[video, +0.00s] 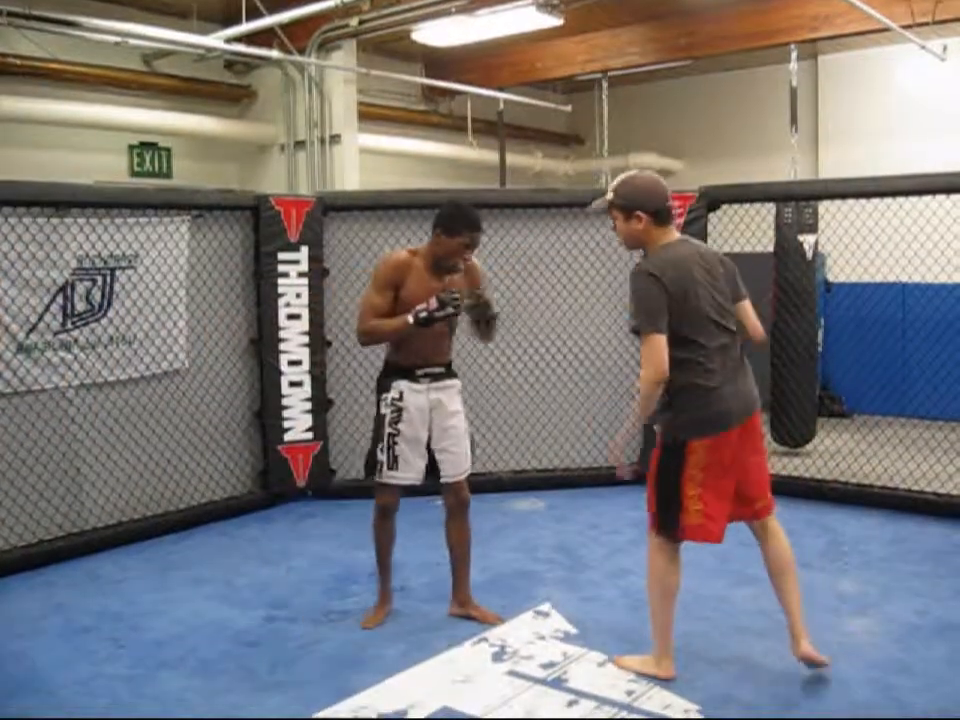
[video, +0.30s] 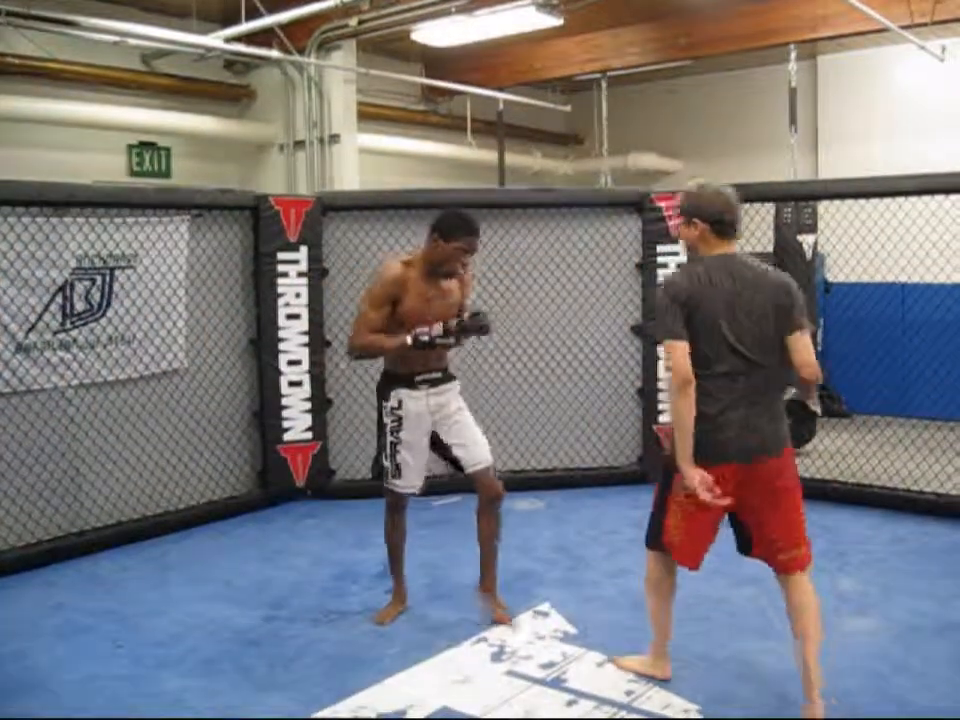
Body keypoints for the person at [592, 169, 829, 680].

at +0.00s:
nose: (613, 226)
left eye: (616, 217)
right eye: (612, 217)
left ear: (641, 219)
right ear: (659, 215)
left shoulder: (650, 273)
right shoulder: (712, 256)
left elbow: (656, 371)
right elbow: (755, 330)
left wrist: (639, 420)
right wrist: (712, 332)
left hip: (689, 424)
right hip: (742, 411)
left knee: (664, 538)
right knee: (765, 521)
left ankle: (661, 657)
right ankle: (802, 639)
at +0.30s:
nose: (678, 229)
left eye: (681, 222)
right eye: (680, 220)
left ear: (695, 228)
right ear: (733, 227)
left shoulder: (676, 289)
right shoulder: (780, 284)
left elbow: (682, 379)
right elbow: (809, 371)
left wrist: (687, 463)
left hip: (706, 450)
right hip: (771, 448)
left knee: (661, 552)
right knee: (795, 569)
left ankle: (658, 657)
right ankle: (814, 696)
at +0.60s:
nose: (758, 205)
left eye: (759, 195)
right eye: (759, 195)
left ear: (776, 193)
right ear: (814, 194)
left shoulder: (759, 251)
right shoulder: (861, 259)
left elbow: (728, 343)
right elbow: (884, 357)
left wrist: (687, 377)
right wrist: (829, 350)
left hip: (766, 435)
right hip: (840, 439)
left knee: (718, 556)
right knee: (833, 584)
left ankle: (711, 687)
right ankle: (823, 709)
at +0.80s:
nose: (781, 210)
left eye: (782, 200)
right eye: (780, 201)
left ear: (800, 195)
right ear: (842, 195)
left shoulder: (788, 253)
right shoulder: (892, 261)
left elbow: (762, 349)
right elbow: (919, 364)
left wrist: (730, 349)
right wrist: (862, 360)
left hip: (799, 450)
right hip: (872, 448)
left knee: (759, 578)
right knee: (877, 592)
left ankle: (798, 708)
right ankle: (883, 711)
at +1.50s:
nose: (749, 217)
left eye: (749, 206)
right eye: (749, 206)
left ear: (765, 206)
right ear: (816, 202)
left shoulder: (744, 277)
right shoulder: (872, 268)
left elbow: (701, 382)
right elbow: (886, 347)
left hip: (784, 487)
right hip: (873, 483)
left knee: (749, 653)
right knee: (898, 649)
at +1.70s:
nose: (770, 232)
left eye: (771, 221)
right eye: (768, 221)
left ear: (790, 224)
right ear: (841, 218)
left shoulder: (772, 294)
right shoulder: (889, 285)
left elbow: (707, 398)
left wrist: (728, 399)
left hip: (789, 514)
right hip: (876, 512)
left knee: (727, 646)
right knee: (903, 675)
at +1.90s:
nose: (707, 237)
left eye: (708, 226)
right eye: (707, 225)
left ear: (723, 229)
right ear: (781, 221)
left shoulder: (723, 298)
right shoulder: (835, 287)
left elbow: (713, 423)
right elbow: (844, 272)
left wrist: (668, 456)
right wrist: (824, 218)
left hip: (772, 513)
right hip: (856, 504)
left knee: (718, 665)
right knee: (892, 677)